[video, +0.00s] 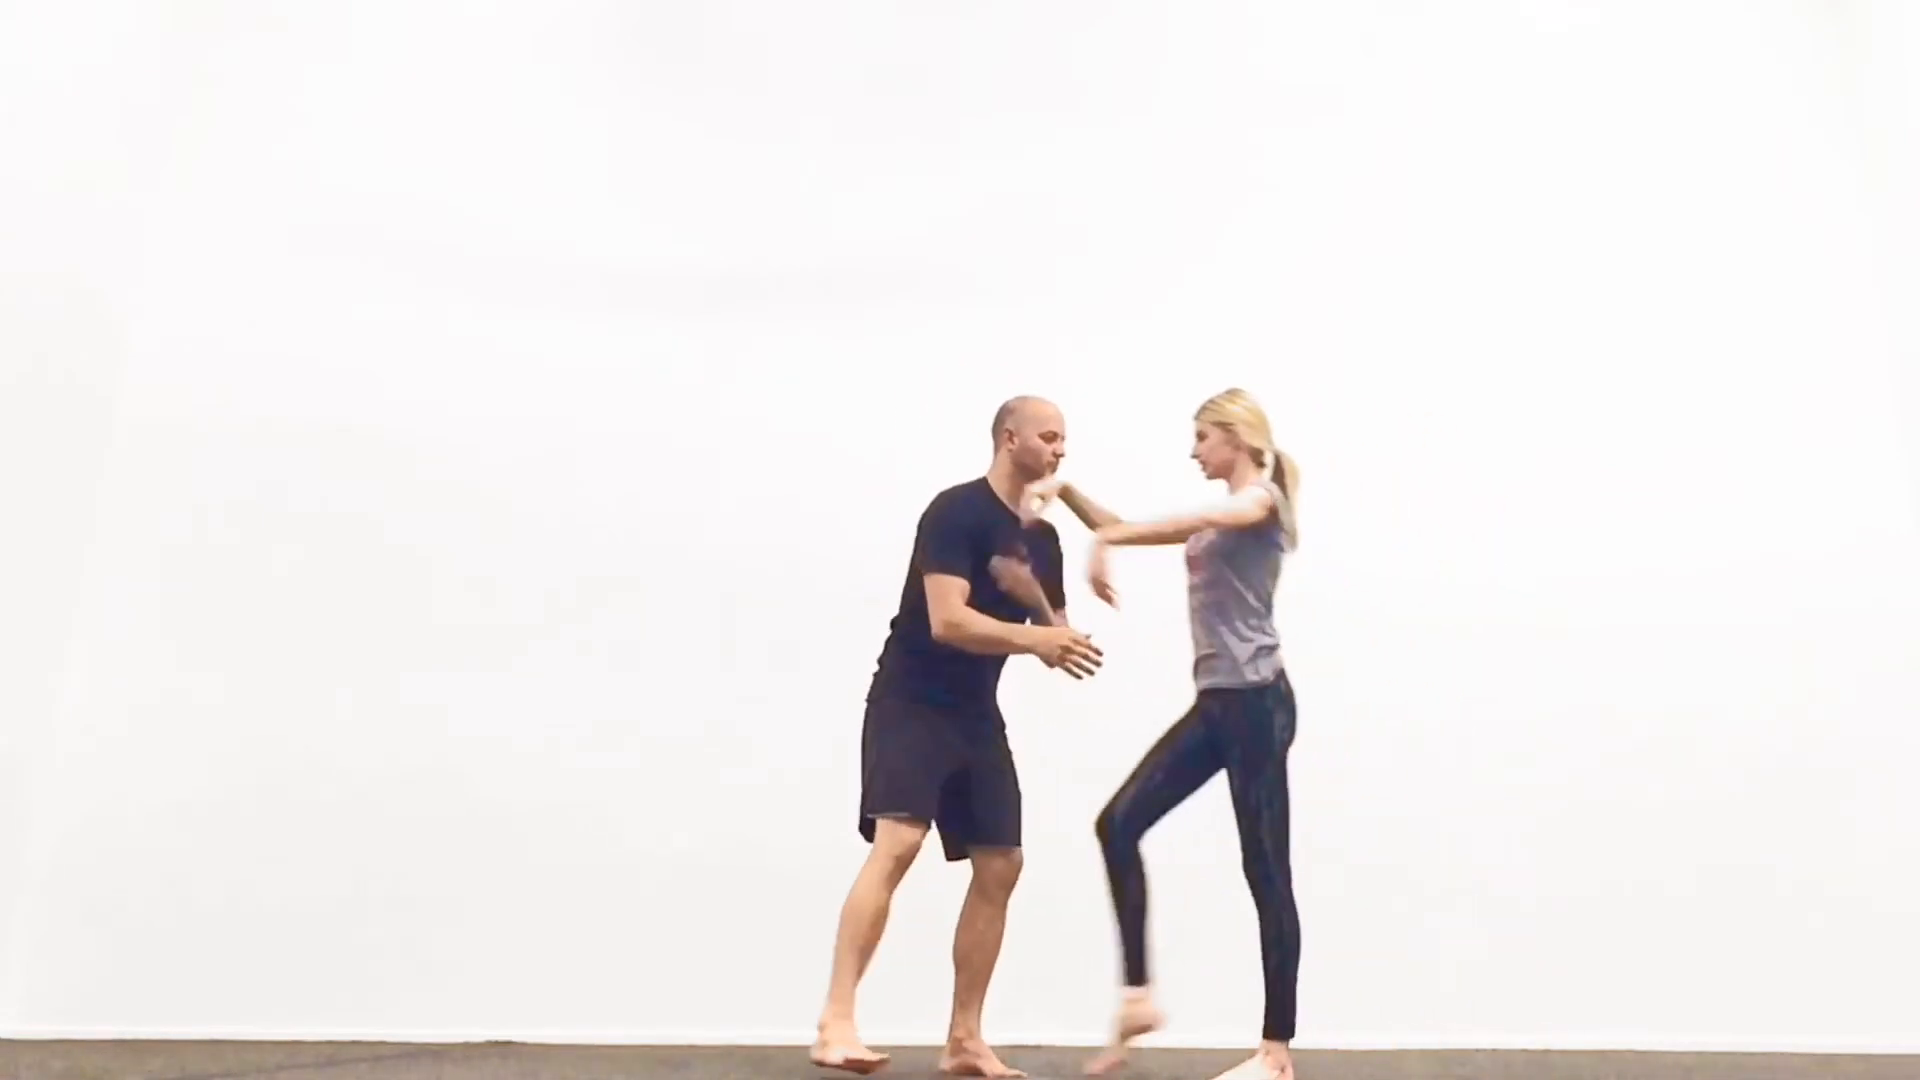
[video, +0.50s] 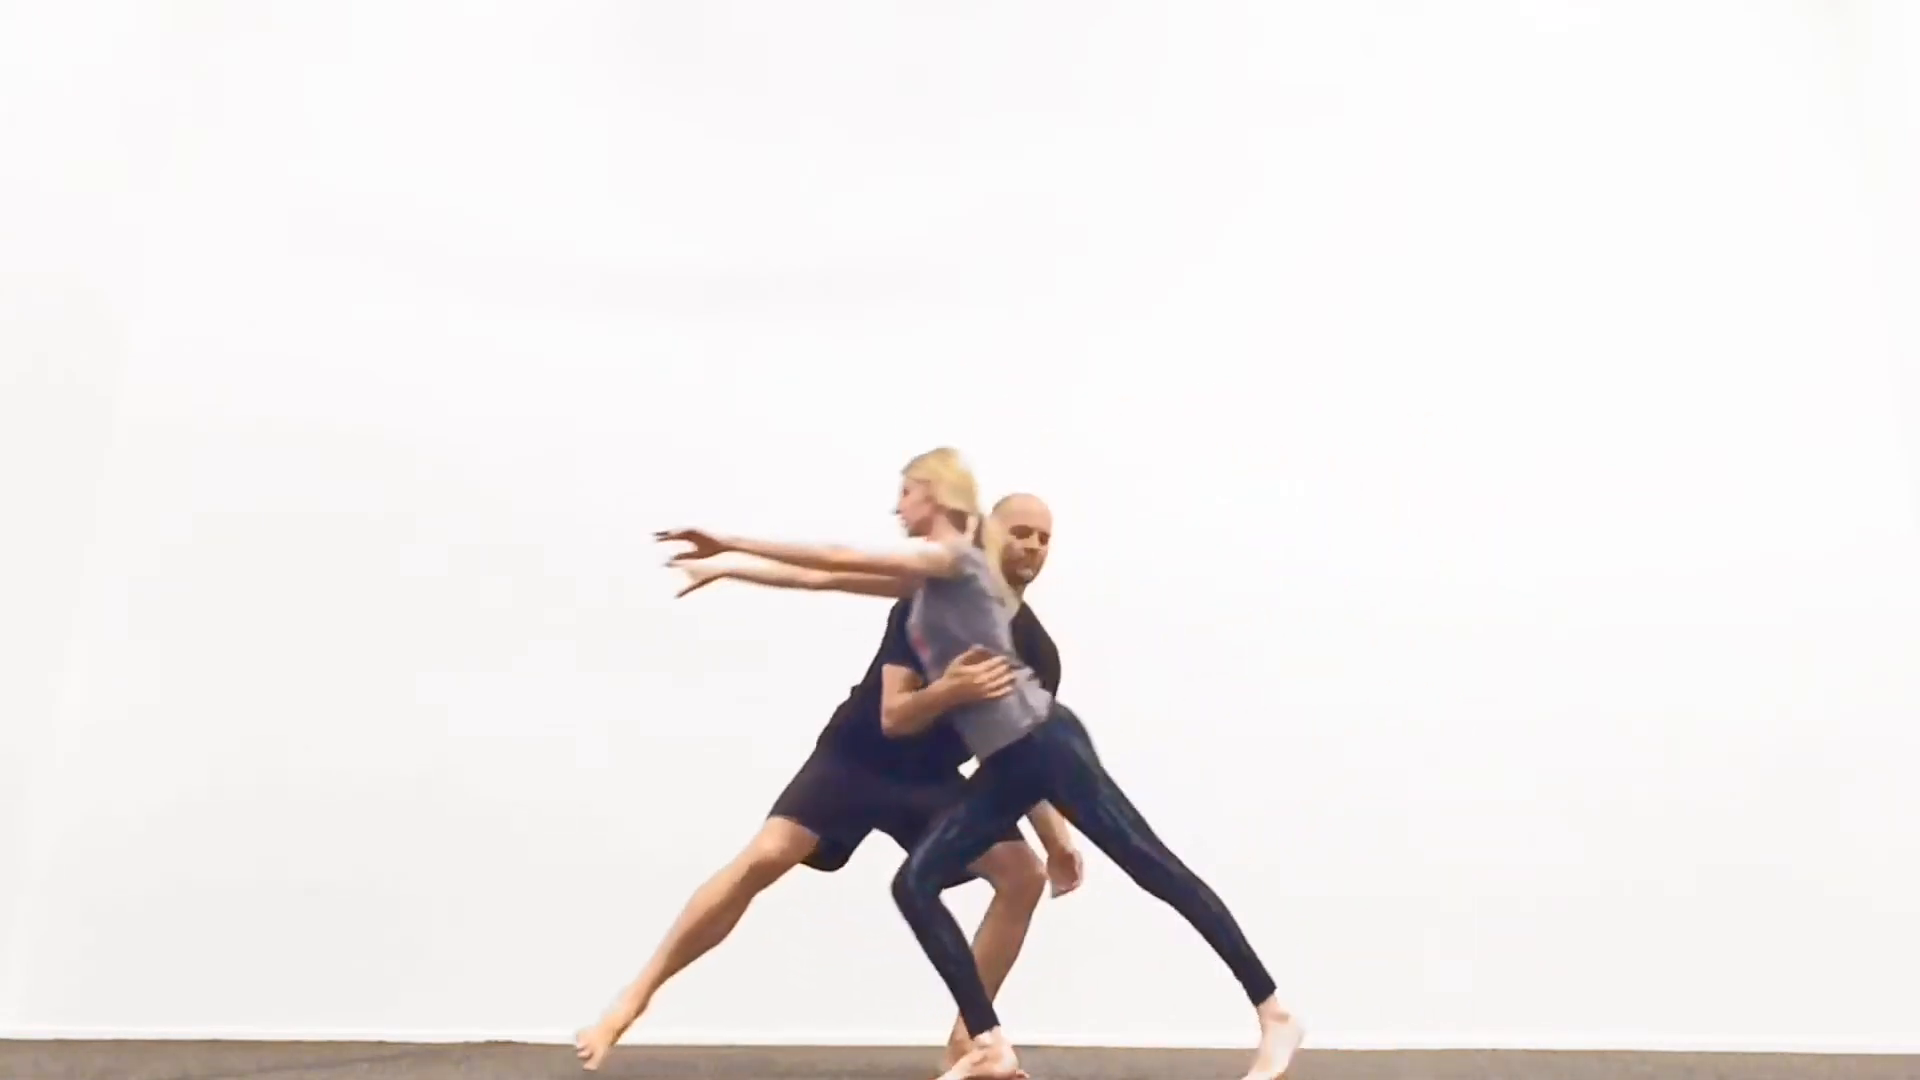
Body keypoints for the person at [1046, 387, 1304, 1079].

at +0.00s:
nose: (1195, 448)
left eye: (1203, 436)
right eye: (1196, 437)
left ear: (1236, 439)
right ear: (1231, 441)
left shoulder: (1263, 497)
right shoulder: (1221, 510)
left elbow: (1209, 522)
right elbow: (1123, 531)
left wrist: (1110, 540)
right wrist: (1064, 490)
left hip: (1255, 703)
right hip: (1217, 704)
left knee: (1267, 873)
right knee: (1117, 827)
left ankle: (1277, 1049)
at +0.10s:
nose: (1148, 450)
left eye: (1155, 438)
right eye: (1148, 440)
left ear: (1189, 439)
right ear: (1184, 441)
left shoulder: (1212, 495)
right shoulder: (1169, 511)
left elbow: (1129, 499)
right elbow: (1077, 517)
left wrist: (1030, 492)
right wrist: (1007, 484)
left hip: (1221, 704)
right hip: (1177, 708)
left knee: (1247, 871)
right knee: (1083, 830)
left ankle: (1276, 1048)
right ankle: (1039, 997)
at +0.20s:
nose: (1091, 458)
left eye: (1100, 445)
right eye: (1092, 446)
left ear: (1132, 445)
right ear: (1131, 448)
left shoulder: (1155, 499)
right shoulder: (1117, 513)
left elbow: (1054, 500)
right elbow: (1032, 513)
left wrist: (950, 482)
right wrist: (949, 492)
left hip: (1179, 712)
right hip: (1134, 718)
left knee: (1226, 876)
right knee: (1046, 846)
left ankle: (1274, 1047)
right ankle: (992, 1009)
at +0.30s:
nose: (1025, 467)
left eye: (1036, 454)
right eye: (1029, 455)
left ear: (1067, 461)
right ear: (1061, 464)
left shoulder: (1091, 519)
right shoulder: (1041, 538)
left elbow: (982, 519)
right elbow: (946, 530)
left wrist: (879, 498)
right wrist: (862, 512)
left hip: (1132, 722)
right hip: (1085, 735)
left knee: (1196, 878)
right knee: (999, 857)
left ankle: (1270, 1048)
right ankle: (998, 1039)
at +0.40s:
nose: (962, 485)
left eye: (972, 472)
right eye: (965, 473)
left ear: (1004, 480)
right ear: (1001, 483)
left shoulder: (1021, 536)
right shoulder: (991, 546)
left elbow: (900, 544)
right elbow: (887, 550)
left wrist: (797, 525)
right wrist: (792, 538)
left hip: (1087, 732)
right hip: (1045, 747)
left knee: (1172, 882)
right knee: (951, 870)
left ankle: (1267, 1039)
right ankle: (993, 1044)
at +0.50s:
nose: (900, 510)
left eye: (910, 498)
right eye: (901, 498)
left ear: (943, 504)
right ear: (930, 509)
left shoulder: (961, 557)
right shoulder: (922, 576)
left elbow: (834, 560)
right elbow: (818, 579)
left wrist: (730, 541)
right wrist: (725, 571)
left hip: (1047, 741)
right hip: (1001, 767)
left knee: (1153, 866)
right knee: (913, 886)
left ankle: (1272, 1011)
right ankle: (989, 1042)